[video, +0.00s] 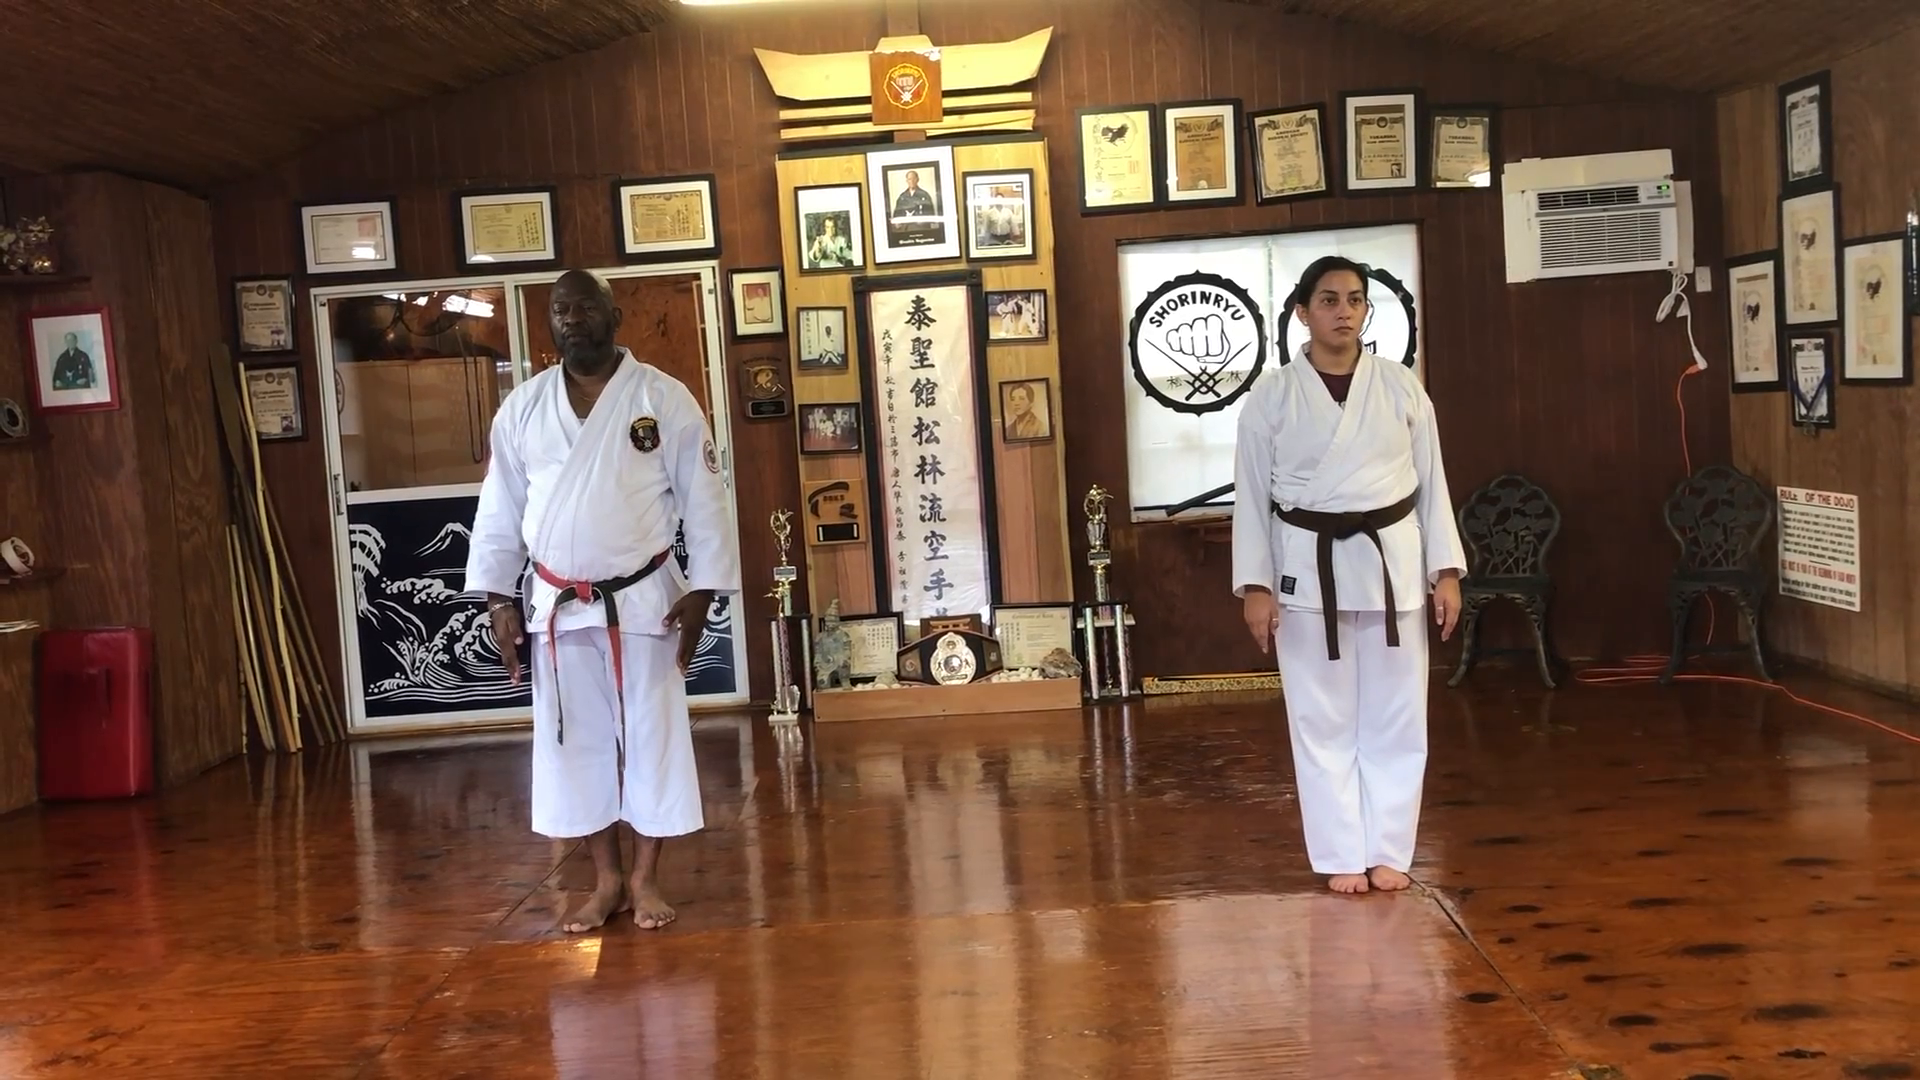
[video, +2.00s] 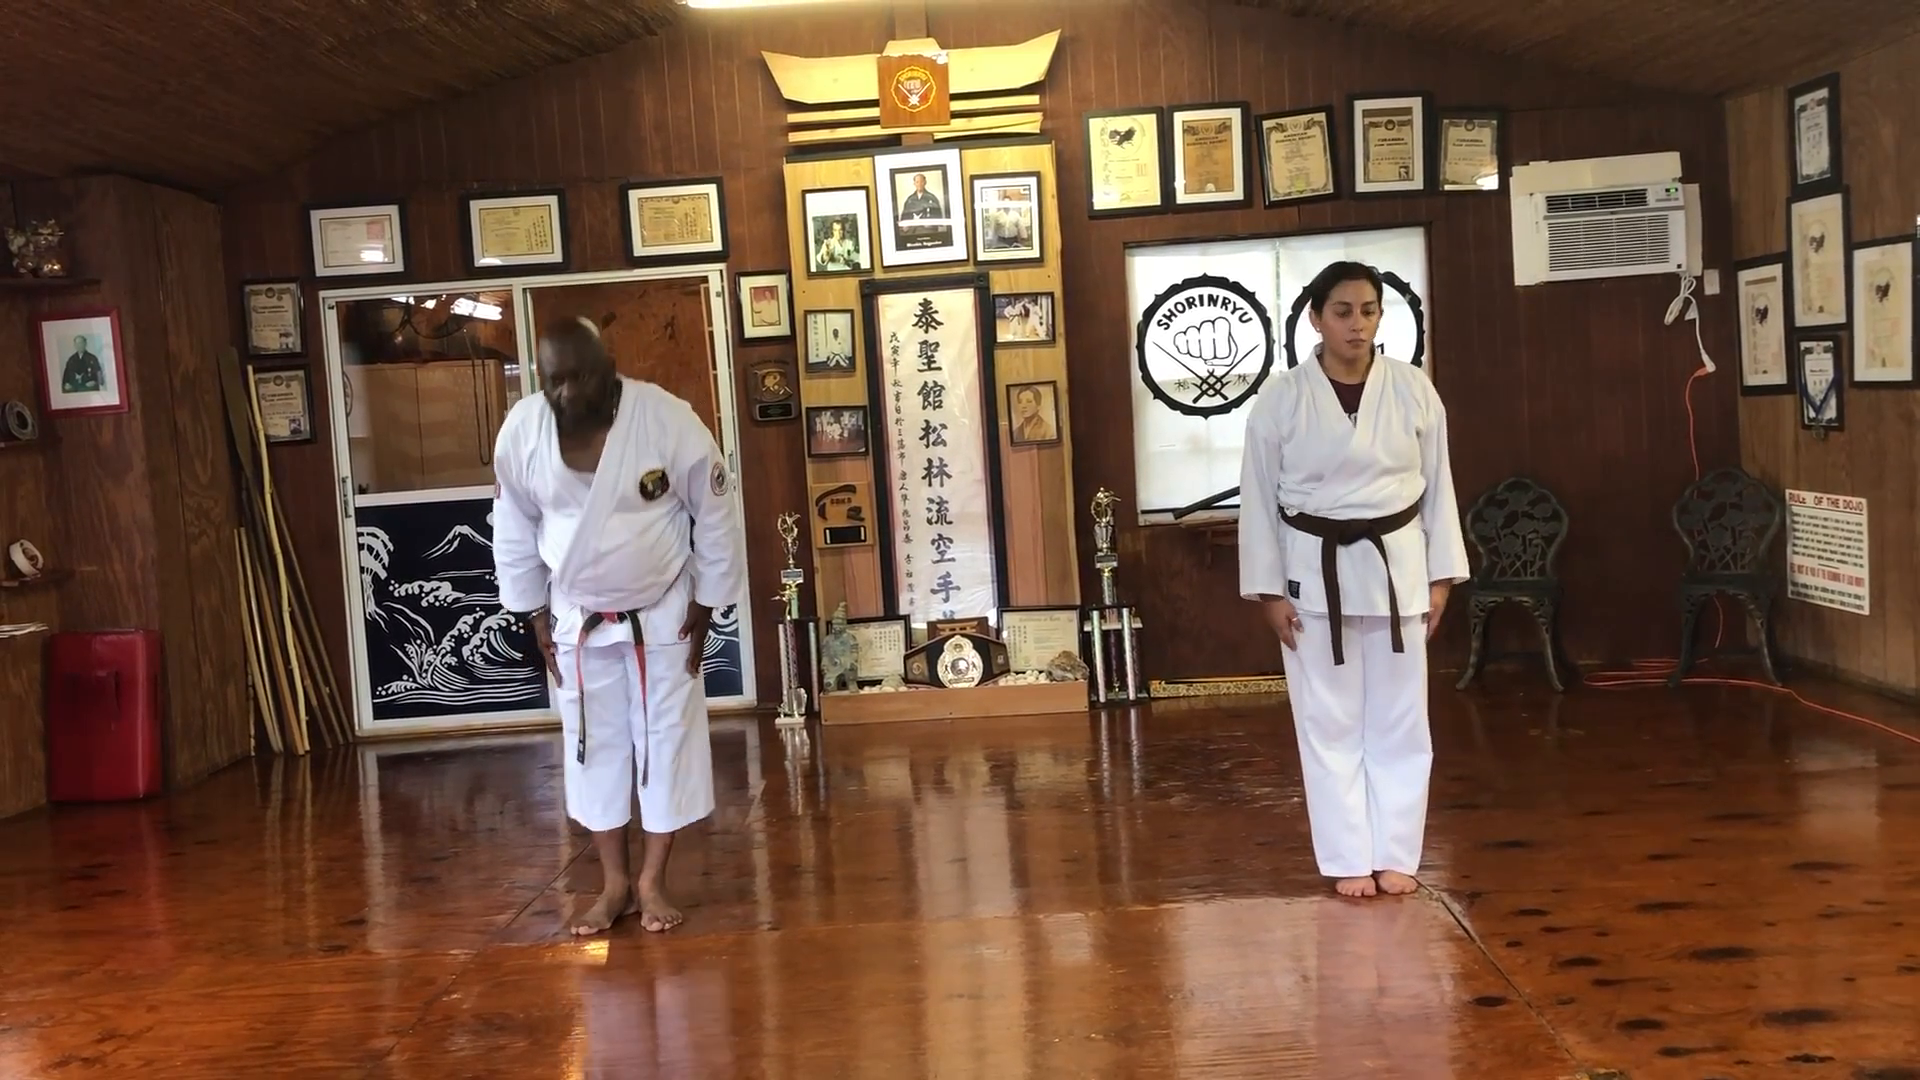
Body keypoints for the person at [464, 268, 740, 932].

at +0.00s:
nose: (571, 321)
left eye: (583, 309)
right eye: (561, 312)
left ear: (615, 317)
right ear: (548, 327)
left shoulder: (663, 398)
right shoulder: (520, 410)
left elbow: (704, 498)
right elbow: (500, 511)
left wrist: (704, 590)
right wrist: (498, 602)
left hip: (643, 593)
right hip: (557, 599)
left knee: (649, 735)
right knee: (577, 736)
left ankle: (643, 880)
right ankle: (605, 879)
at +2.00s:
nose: (560, 392)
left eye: (572, 379)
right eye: (550, 380)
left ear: (605, 367)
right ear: (540, 376)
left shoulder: (666, 420)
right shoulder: (522, 430)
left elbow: (716, 510)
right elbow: (514, 528)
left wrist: (707, 600)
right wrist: (532, 616)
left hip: (662, 608)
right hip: (577, 614)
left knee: (665, 745)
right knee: (592, 746)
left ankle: (651, 882)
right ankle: (613, 884)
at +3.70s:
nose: (583, 321)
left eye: (595, 309)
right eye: (572, 313)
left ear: (625, 318)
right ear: (558, 328)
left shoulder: (675, 399)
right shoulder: (532, 411)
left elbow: (712, 501)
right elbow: (515, 511)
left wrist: (703, 592)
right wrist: (524, 601)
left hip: (654, 591)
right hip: (570, 599)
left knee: (658, 734)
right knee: (590, 735)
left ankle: (653, 880)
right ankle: (617, 880)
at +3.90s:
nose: (581, 322)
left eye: (593, 310)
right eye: (571, 313)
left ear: (624, 318)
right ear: (559, 328)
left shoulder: (676, 399)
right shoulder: (532, 411)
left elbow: (712, 501)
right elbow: (516, 511)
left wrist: (704, 592)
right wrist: (524, 600)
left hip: (655, 591)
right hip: (571, 599)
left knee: (658, 734)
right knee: (590, 735)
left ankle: (654, 880)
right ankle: (617, 880)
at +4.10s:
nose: (579, 321)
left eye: (592, 308)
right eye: (569, 312)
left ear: (621, 317)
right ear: (557, 327)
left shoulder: (675, 397)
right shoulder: (532, 411)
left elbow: (715, 496)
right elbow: (518, 510)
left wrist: (711, 587)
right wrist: (527, 597)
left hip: (659, 589)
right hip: (575, 597)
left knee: (662, 733)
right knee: (592, 734)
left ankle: (657, 876)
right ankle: (618, 880)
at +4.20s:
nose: (585, 323)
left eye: (596, 310)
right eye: (572, 315)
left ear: (623, 317)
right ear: (559, 329)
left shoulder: (677, 395)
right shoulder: (535, 414)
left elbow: (721, 491)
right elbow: (520, 514)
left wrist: (722, 585)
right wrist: (529, 605)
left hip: (668, 587)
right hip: (581, 598)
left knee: (681, 729)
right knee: (596, 735)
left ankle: (693, 873)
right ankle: (618, 879)